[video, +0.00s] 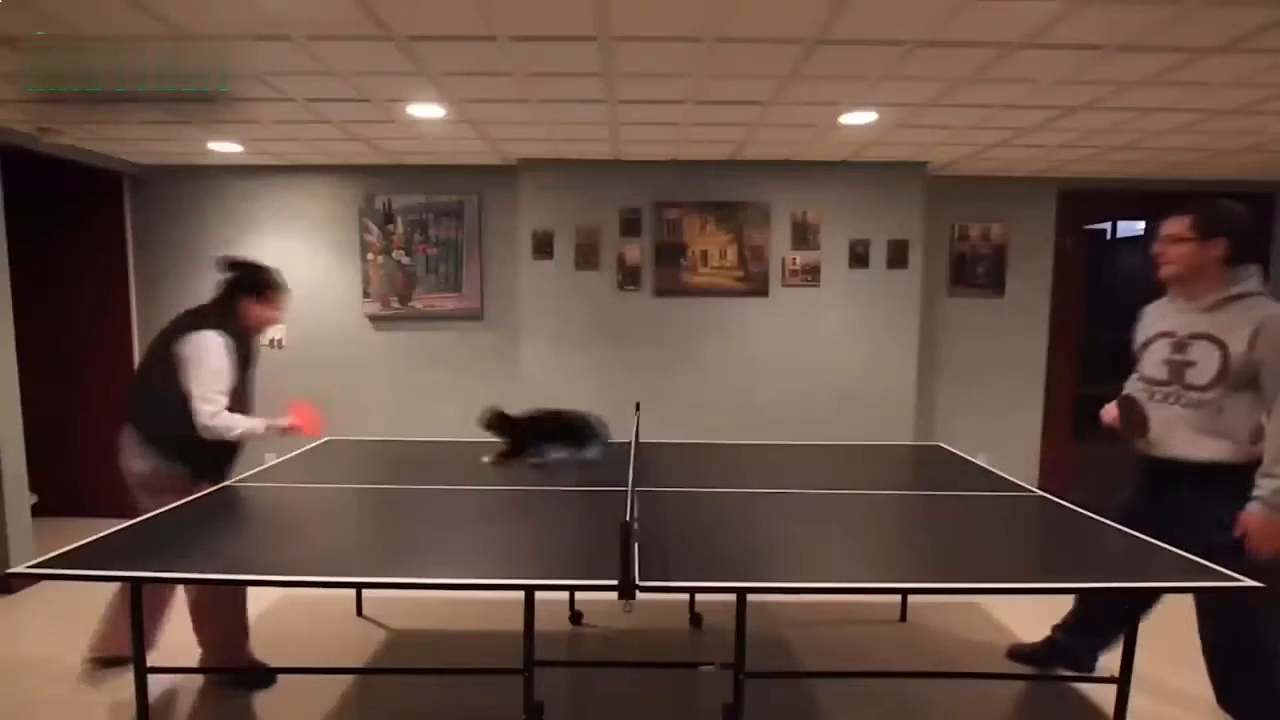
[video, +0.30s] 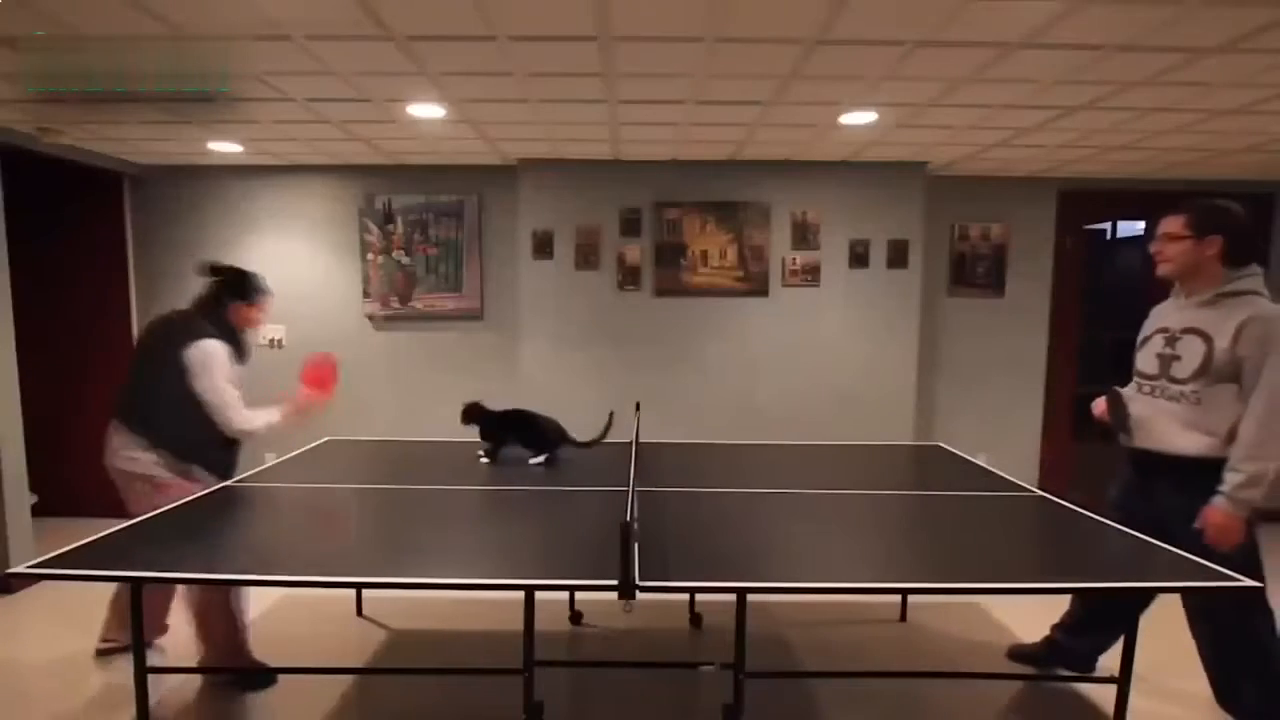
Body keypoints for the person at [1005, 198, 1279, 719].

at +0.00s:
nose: (1160, 251)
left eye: (1174, 241)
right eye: (1159, 241)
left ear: (1216, 249)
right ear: (1159, 248)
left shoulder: (1262, 318)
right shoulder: (1154, 313)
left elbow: (1277, 417)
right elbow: (1149, 384)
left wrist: (1267, 499)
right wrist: (1122, 407)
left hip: (1224, 484)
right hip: (1157, 476)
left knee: (1234, 616)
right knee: (1122, 570)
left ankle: (1256, 707)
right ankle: (1070, 648)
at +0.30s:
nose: (1156, 248)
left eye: (1170, 239)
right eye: (1157, 239)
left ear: (1212, 247)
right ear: (1158, 247)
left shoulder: (1258, 319)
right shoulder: (1161, 313)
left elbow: (1267, 421)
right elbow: (1156, 389)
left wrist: (1236, 500)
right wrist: (1117, 403)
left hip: (1207, 481)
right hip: (1147, 472)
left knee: (1230, 614)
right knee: (1114, 570)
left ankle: (1260, 706)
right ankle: (1069, 649)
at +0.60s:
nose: (1127, 262)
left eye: (1138, 251)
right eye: (1127, 251)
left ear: (1179, 256)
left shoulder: (1232, 323)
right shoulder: (1141, 322)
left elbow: (1250, 420)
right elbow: (1136, 393)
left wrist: (1204, 499)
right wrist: (1091, 405)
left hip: (1188, 485)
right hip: (1126, 476)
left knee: (1217, 617)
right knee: (1073, 553)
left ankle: (1260, 704)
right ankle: (1049, 646)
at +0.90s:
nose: (1016, 283)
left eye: (1023, 272)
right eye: (1013, 274)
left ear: (1059, 269)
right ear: (1053, 272)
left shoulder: (1121, 324)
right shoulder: (1039, 320)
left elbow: (1155, 403)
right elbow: (1037, 380)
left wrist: (1131, 479)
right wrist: (1008, 407)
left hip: (1103, 470)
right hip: (1050, 463)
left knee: (1126, 583)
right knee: (1025, 554)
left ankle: (1187, 688)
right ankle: (1022, 648)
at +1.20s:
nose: (1078, 256)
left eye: (1089, 246)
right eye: (1075, 248)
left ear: (1122, 250)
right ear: (1072, 257)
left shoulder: (1166, 314)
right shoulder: (1064, 313)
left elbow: (1197, 404)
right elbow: (1033, 358)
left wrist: (1174, 476)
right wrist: (991, 361)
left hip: (1132, 468)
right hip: (1062, 462)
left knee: (1145, 586)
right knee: (1036, 558)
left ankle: (1210, 691)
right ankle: (1021, 648)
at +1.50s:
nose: (1157, 246)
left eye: (1170, 236)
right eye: (1156, 236)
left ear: (1211, 242)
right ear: (1156, 243)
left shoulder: (1258, 309)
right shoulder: (1162, 302)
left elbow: (1276, 402)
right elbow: (1167, 371)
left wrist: (1267, 480)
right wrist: (1132, 384)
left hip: (1222, 466)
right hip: (1158, 458)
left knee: (1218, 589)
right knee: (1136, 563)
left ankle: (1212, 698)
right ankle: (1130, 654)